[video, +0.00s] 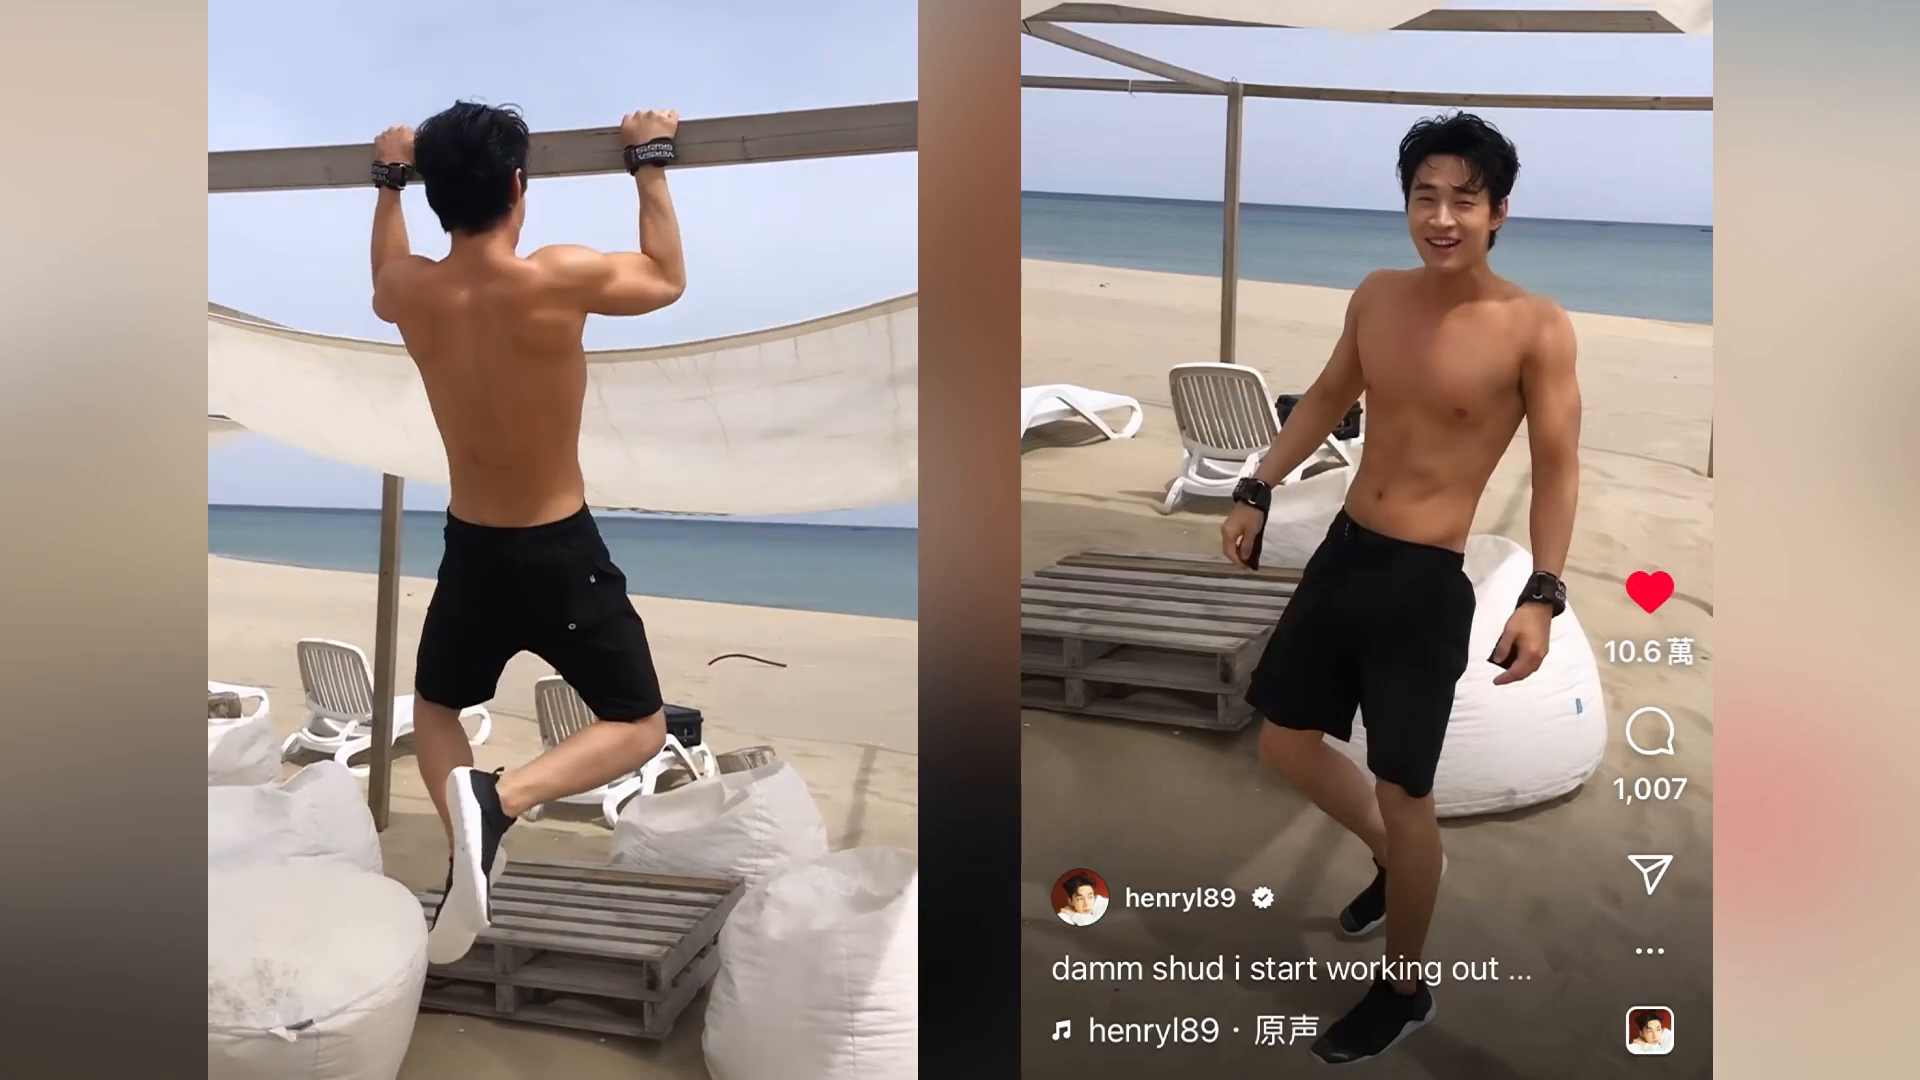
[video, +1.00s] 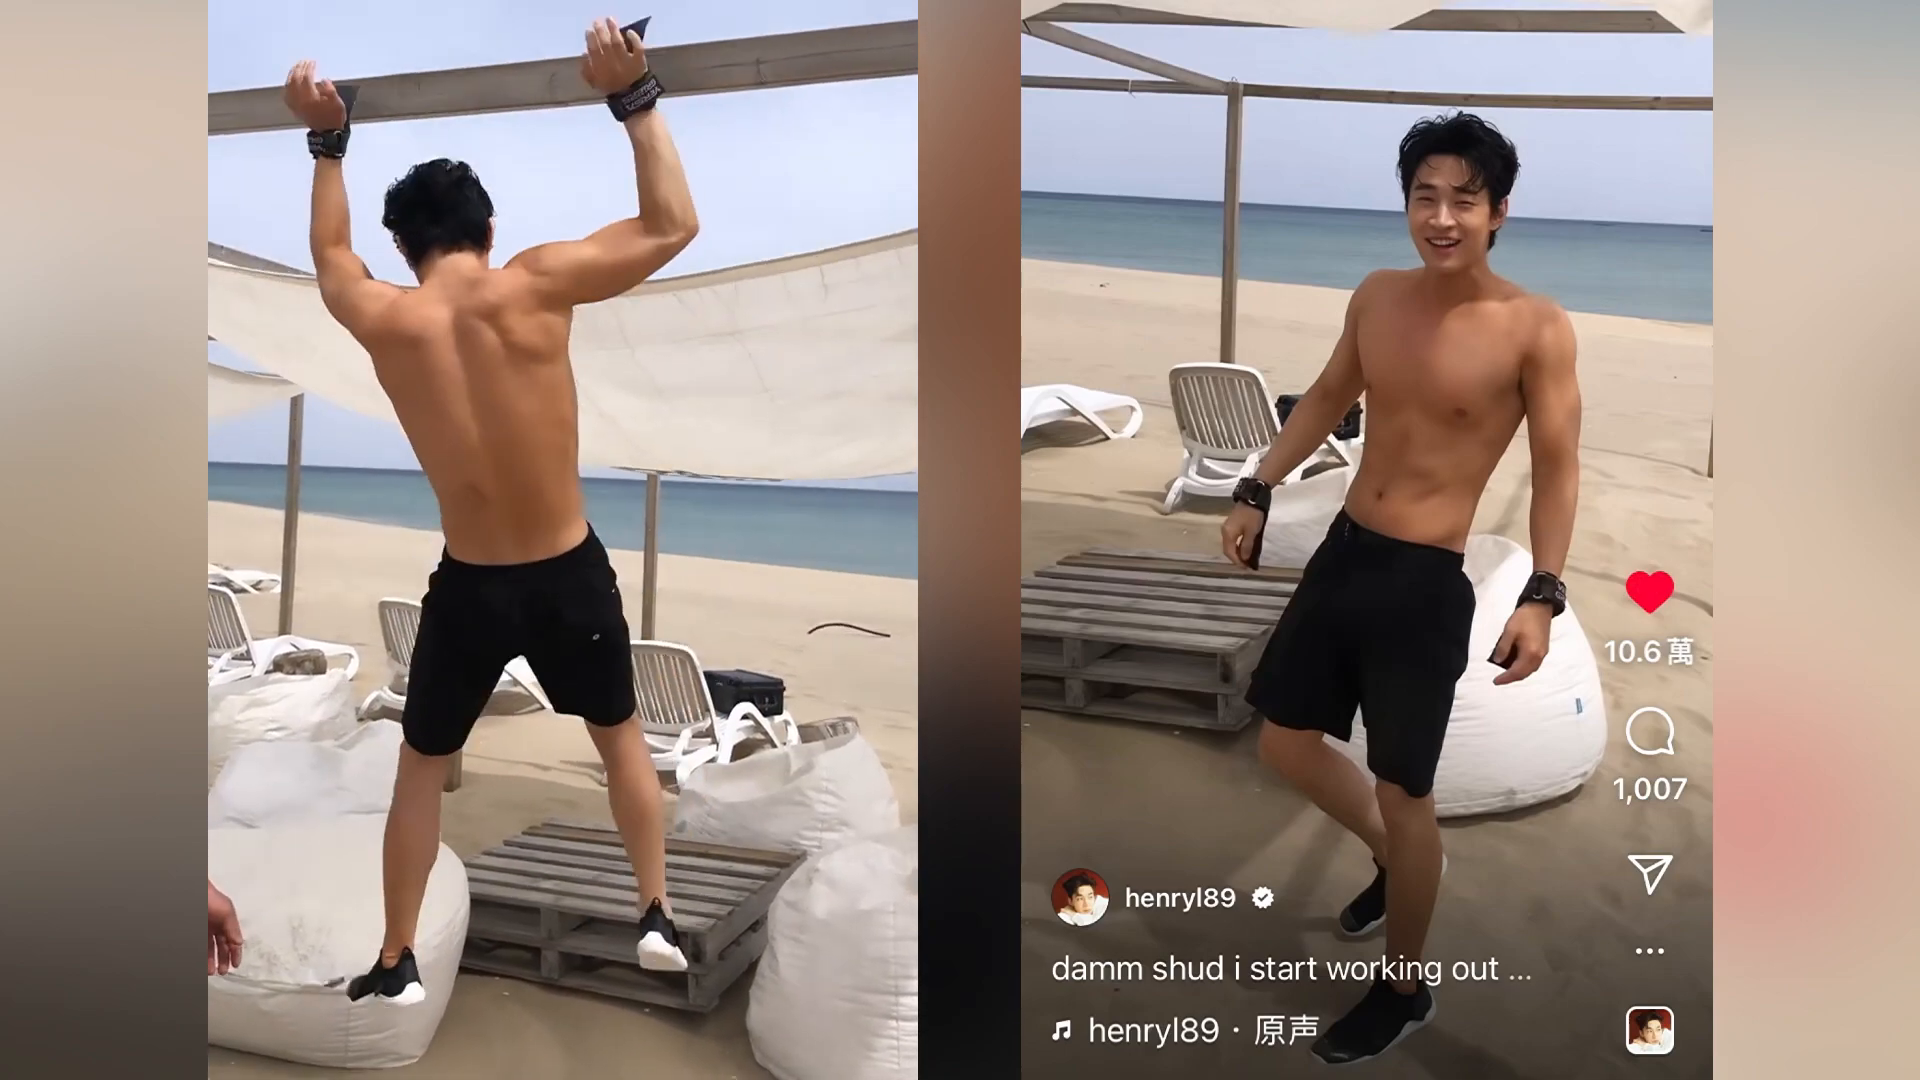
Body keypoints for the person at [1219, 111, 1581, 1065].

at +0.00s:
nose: (1440, 216)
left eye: (1462, 198)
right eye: (1424, 197)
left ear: (1498, 210)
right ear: (1406, 208)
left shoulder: (1535, 328)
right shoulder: (1378, 296)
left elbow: (1556, 468)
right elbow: (1330, 398)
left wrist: (1540, 595)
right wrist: (1255, 484)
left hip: (1426, 579)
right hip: (1345, 553)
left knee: (1402, 799)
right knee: (1284, 742)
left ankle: (1403, 981)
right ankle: (1398, 847)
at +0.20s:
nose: (1440, 216)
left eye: (1461, 198)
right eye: (1424, 197)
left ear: (1498, 210)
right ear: (1406, 208)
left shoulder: (1535, 328)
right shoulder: (1379, 297)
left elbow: (1556, 469)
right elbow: (1330, 398)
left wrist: (1540, 595)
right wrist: (1256, 484)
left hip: (1427, 579)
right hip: (1345, 553)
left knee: (1402, 799)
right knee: (1284, 742)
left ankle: (1403, 981)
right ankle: (1398, 846)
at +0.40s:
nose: (1440, 216)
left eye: (1461, 198)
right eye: (1424, 197)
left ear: (1498, 210)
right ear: (1406, 208)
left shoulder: (1535, 328)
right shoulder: (1379, 297)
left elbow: (1556, 469)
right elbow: (1330, 398)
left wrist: (1540, 595)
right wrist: (1256, 484)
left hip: (1427, 579)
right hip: (1345, 553)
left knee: (1402, 799)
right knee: (1284, 742)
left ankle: (1403, 981)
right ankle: (1398, 846)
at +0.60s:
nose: (1440, 216)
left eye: (1462, 198)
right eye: (1424, 197)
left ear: (1498, 210)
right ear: (1406, 208)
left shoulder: (1535, 328)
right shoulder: (1378, 296)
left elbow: (1556, 468)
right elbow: (1330, 398)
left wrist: (1540, 595)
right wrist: (1255, 484)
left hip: (1426, 579)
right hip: (1345, 553)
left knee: (1402, 799)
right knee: (1284, 742)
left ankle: (1403, 981)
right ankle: (1398, 847)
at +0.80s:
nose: (1440, 216)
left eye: (1462, 198)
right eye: (1424, 197)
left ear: (1498, 210)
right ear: (1406, 207)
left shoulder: (1535, 328)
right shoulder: (1378, 296)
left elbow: (1556, 468)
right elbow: (1330, 397)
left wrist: (1541, 595)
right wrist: (1255, 484)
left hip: (1426, 579)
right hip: (1344, 553)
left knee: (1403, 799)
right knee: (1285, 742)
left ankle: (1403, 981)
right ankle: (1399, 847)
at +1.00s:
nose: (1440, 216)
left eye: (1462, 198)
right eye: (1424, 197)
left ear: (1498, 210)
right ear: (1406, 207)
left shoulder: (1535, 328)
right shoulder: (1378, 296)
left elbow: (1556, 468)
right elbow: (1330, 397)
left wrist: (1541, 595)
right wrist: (1255, 484)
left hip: (1426, 579)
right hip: (1344, 553)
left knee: (1403, 799)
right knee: (1285, 742)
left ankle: (1403, 981)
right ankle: (1399, 847)